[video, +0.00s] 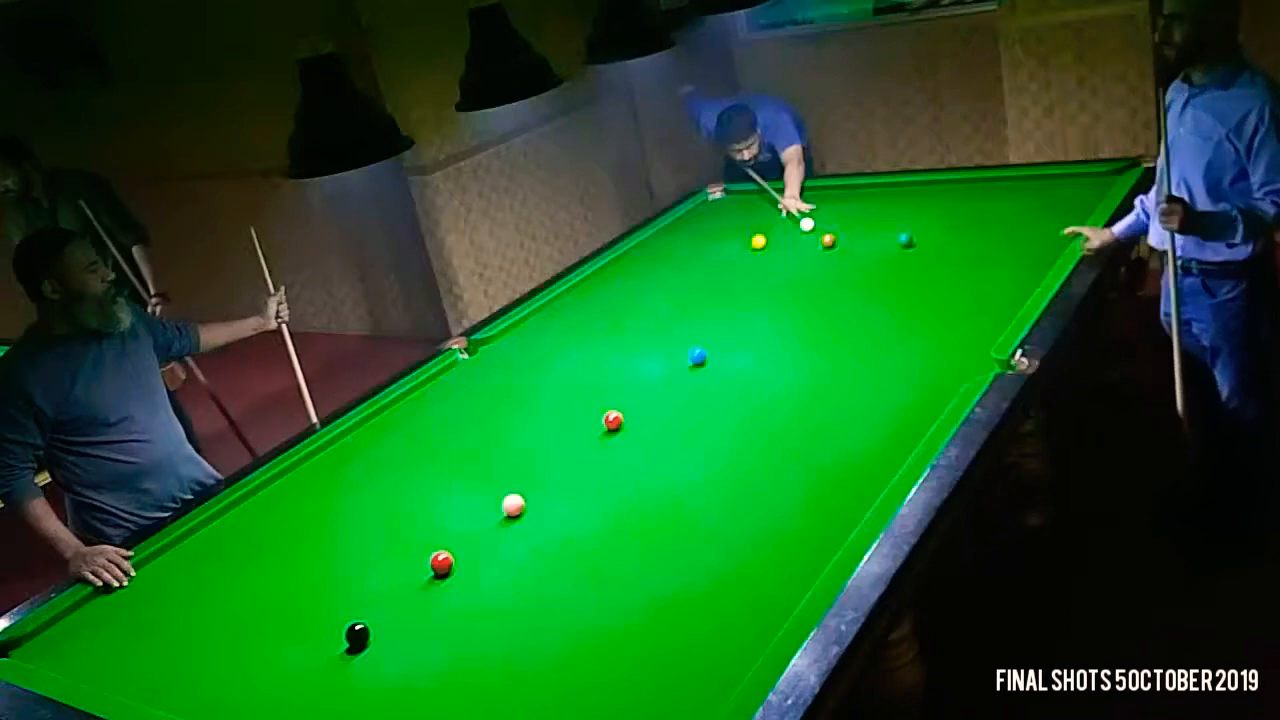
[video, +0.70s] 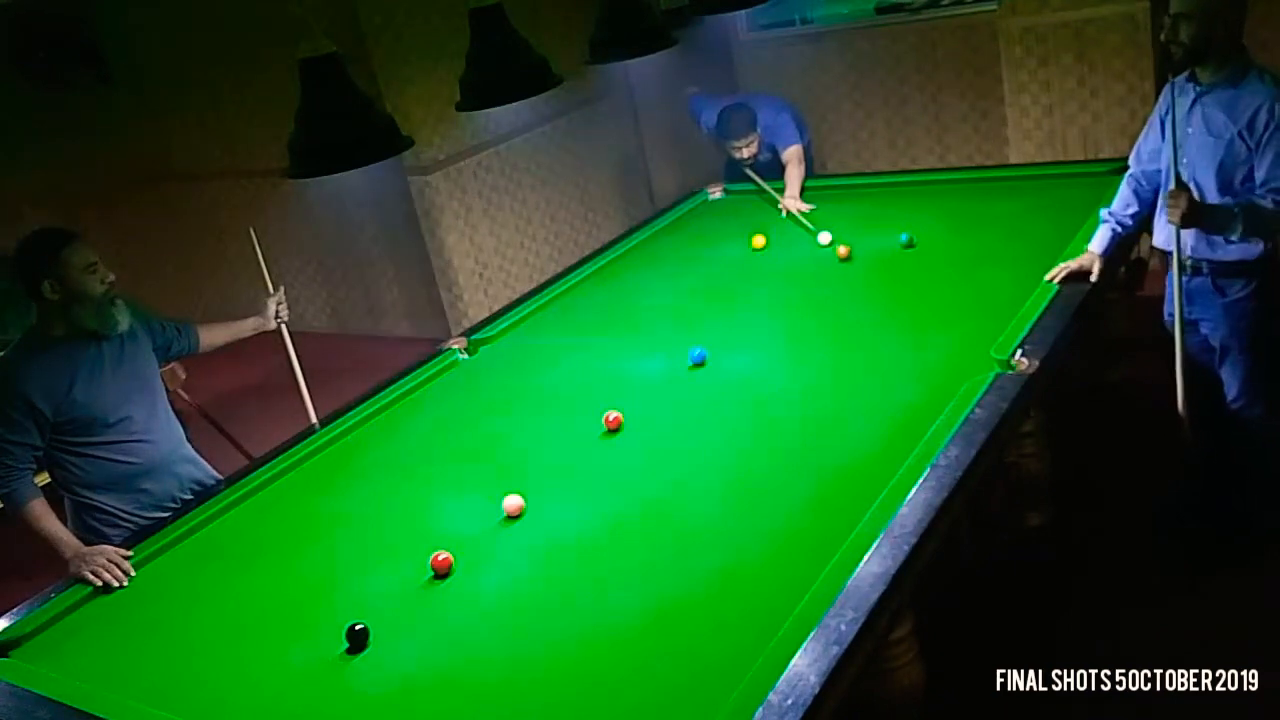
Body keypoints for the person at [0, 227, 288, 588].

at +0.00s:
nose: (108, 275)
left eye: (102, 264)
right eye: (91, 268)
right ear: (52, 289)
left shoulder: (133, 325)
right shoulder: (23, 372)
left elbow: (188, 337)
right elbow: (14, 477)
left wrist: (262, 321)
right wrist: (75, 552)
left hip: (206, 504)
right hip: (129, 544)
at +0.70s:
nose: (110, 277)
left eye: (102, 265)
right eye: (91, 270)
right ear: (51, 290)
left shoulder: (131, 327)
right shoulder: (25, 373)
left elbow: (188, 338)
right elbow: (13, 477)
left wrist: (260, 321)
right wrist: (75, 552)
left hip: (206, 504)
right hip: (130, 545)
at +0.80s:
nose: (110, 277)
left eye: (102, 266)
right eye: (91, 270)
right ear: (50, 291)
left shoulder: (131, 325)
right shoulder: (25, 373)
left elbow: (187, 338)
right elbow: (13, 477)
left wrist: (261, 321)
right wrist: (75, 552)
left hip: (206, 503)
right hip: (129, 543)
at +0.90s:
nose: (109, 278)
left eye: (102, 267)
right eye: (90, 271)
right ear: (49, 291)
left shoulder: (129, 324)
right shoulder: (25, 373)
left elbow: (187, 338)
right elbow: (13, 477)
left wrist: (261, 321)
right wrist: (75, 552)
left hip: (205, 502)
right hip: (129, 543)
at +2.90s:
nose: (113, 274)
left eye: (106, 263)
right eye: (95, 267)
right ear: (58, 286)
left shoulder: (126, 321)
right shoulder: (29, 366)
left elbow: (169, 347)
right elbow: (18, 472)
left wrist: (249, 334)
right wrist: (73, 550)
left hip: (201, 495)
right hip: (130, 533)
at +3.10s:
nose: (121, 264)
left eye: (114, 254)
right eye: (105, 259)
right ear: (69, 276)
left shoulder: (122, 313)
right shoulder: (42, 358)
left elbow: (157, 369)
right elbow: (28, 464)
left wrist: (239, 376)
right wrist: (80, 544)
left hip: (204, 487)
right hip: (143, 525)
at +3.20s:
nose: (129, 259)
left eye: (122, 249)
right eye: (113, 253)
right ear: (78, 270)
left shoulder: (124, 312)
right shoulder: (56, 349)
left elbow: (158, 376)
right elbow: (41, 457)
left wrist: (228, 388)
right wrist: (102, 531)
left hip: (205, 486)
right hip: (152, 521)